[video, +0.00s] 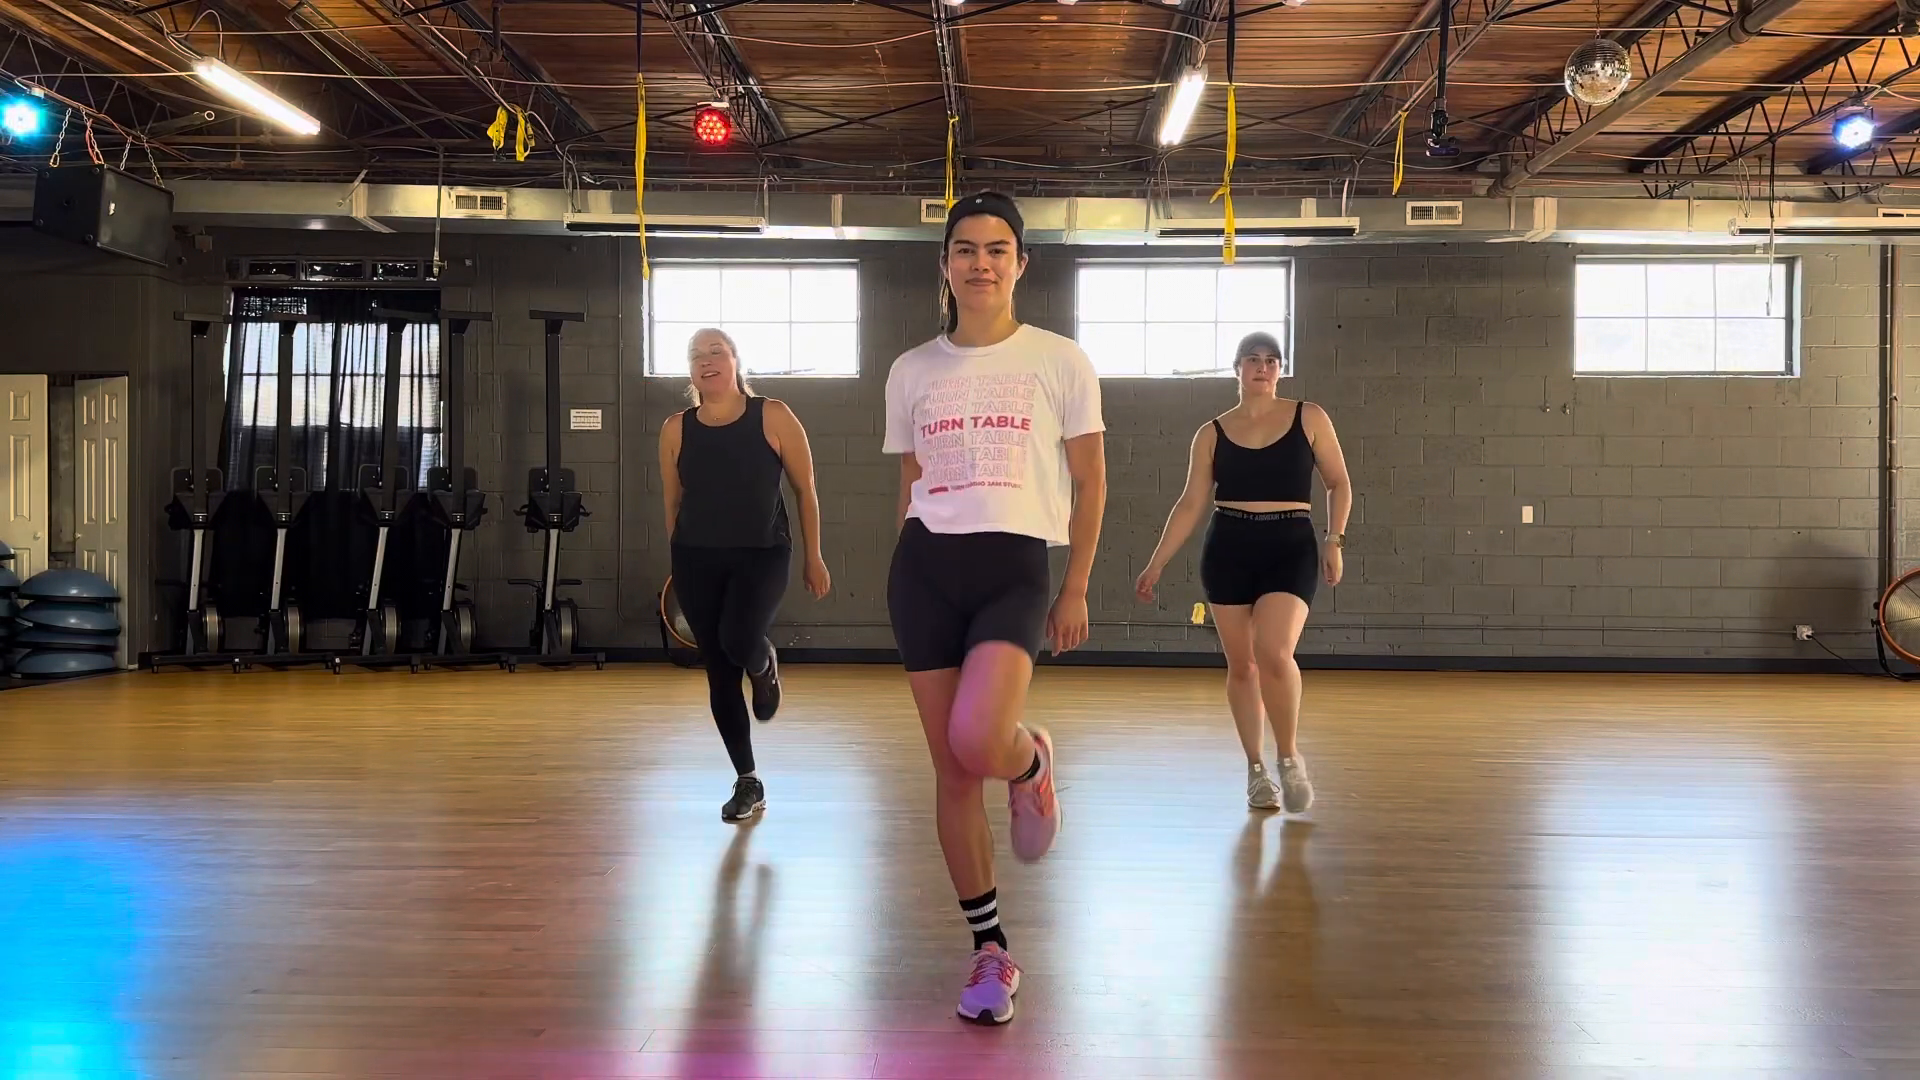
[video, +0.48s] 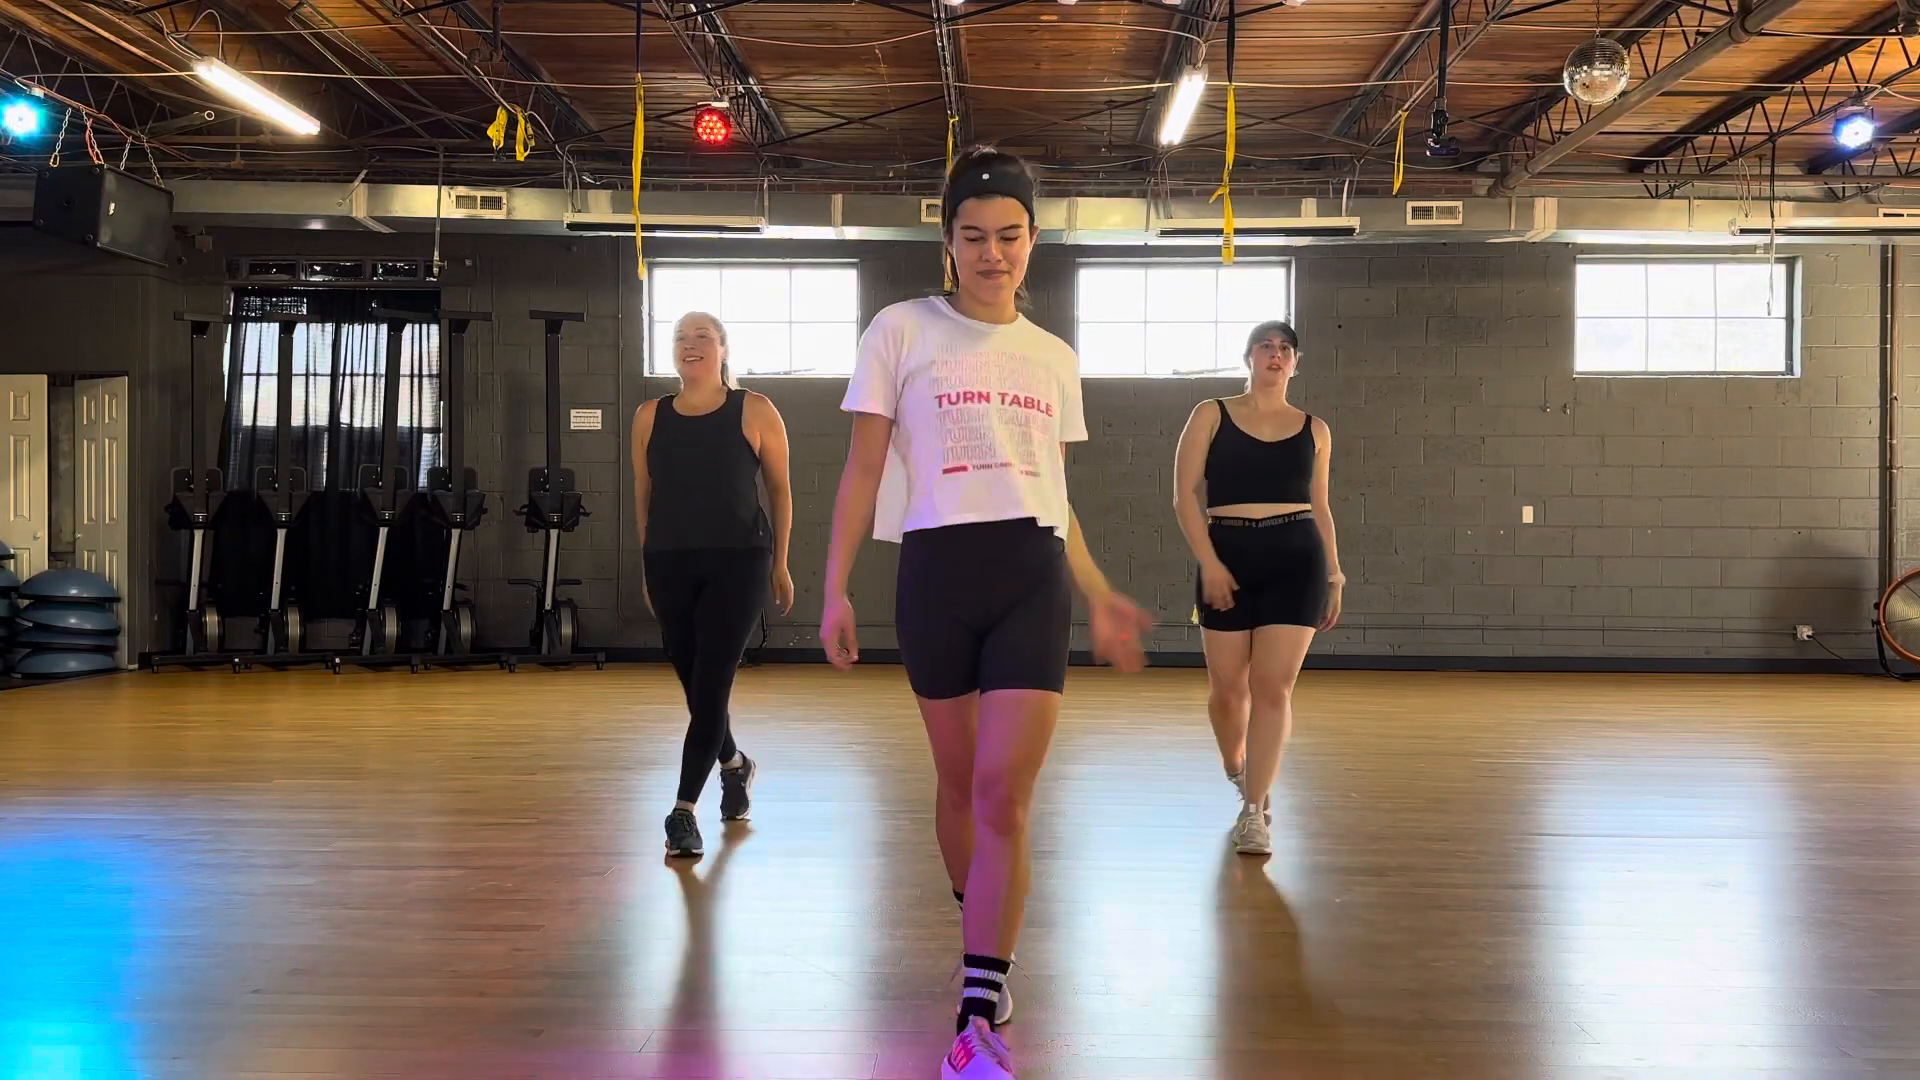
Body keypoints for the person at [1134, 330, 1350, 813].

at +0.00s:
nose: (1262, 367)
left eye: (1270, 361)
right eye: (1253, 360)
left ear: (1281, 371)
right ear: (1237, 370)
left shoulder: (1308, 418)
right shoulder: (1212, 433)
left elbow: (1339, 483)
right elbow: (1190, 504)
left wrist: (1334, 539)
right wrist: (1157, 562)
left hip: (1290, 548)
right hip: (1229, 549)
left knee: (1273, 652)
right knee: (1242, 667)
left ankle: (1288, 758)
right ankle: (1256, 769)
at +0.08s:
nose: (1264, 364)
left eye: (1272, 358)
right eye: (1255, 357)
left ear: (1282, 368)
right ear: (1239, 366)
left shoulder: (1308, 416)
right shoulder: (1210, 427)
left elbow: (1338, 482)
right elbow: (1192, 497)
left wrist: (1339, 543)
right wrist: (1171, 560)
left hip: (1291, 546)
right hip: (1229, 548)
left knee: (1271, 651)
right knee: (1242, 669)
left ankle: (1272, 767)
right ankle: (1258, 767)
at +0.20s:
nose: (1267, 368)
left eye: (1275, 361)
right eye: (1258, 360)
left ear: (1285, 372)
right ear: (1241, 370)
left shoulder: (1309, 424)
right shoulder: (1209, 428)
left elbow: (1330, 491)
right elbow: (1191, 503)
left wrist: (1336, 553)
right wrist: (1201, 556)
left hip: (1293, 555)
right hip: (1228, 556)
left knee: (1270, 668)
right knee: (1246, 677)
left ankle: (1253, 775)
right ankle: (1263, 778)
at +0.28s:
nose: (1268, 373)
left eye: (1277, 367)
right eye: (1260, 365)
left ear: (1288, 379)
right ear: (1242, 375)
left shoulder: (1309, 434)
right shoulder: (1210, 432)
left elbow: (1322, 504)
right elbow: (1189, 505)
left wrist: (1331, 568)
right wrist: (1218, 556)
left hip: (1293, 567)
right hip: (1227, 566)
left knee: (1270, 688)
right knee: (1243, 689)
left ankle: (1254, 800)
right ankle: (1266, 780)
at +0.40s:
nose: (1273, 363)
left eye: (1282, 357)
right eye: (1264, 355)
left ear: (1293, 371)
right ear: (1246, 367)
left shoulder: (1312, 435)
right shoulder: (1211, 423)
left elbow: (1317, 510)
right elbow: (1190, 503)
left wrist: (1326, 577)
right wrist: (1222, 559)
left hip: (1296, 566)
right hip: (1225, 564)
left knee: (1274, 691)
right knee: (1236, 696)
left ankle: (1253, 810)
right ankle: (1261, 784)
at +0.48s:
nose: (1275, 355)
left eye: (1284, 349)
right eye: (1265, 347)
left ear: (1295, 364)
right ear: (1248, 358)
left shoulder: (1314, 430)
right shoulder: (1211, 415)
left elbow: (1319, 506)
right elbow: (1184, 494)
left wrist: (1334, 572)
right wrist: (1209, 562)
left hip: (1297, 566)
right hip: (1226, 563)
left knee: (1274, 690)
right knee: (1229, 693)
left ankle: (1257, 809)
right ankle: (1236, 772)